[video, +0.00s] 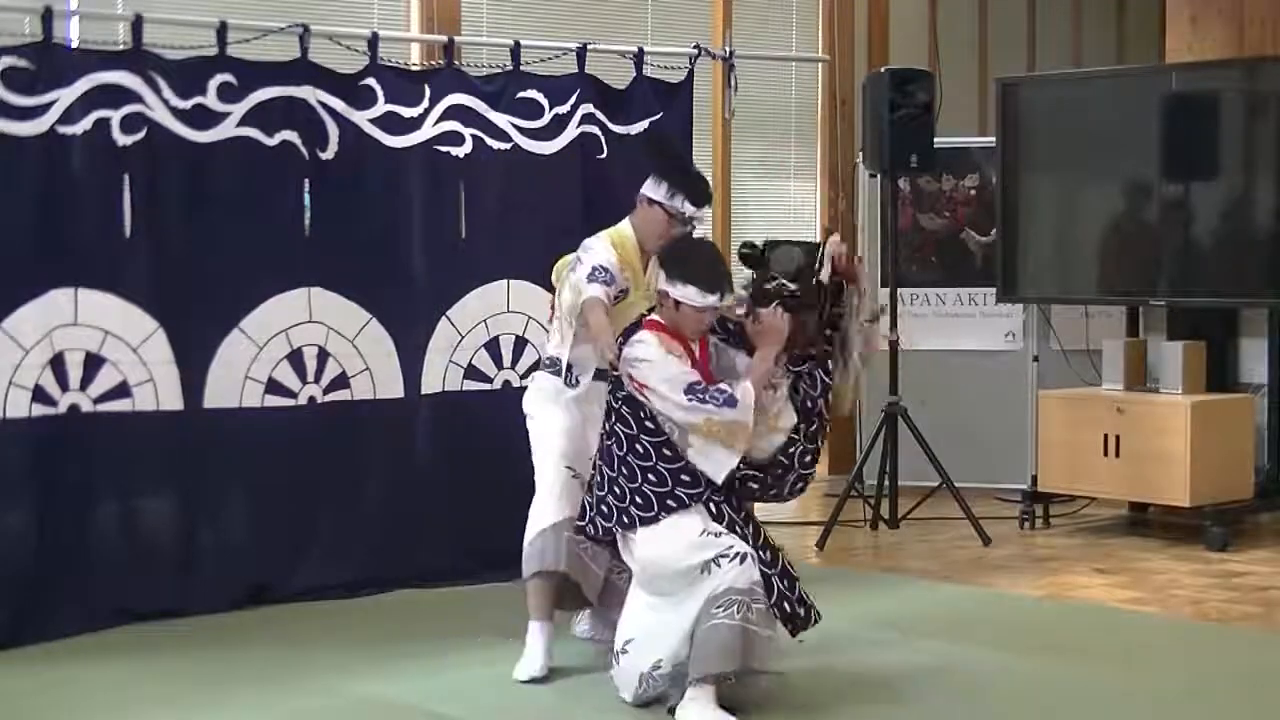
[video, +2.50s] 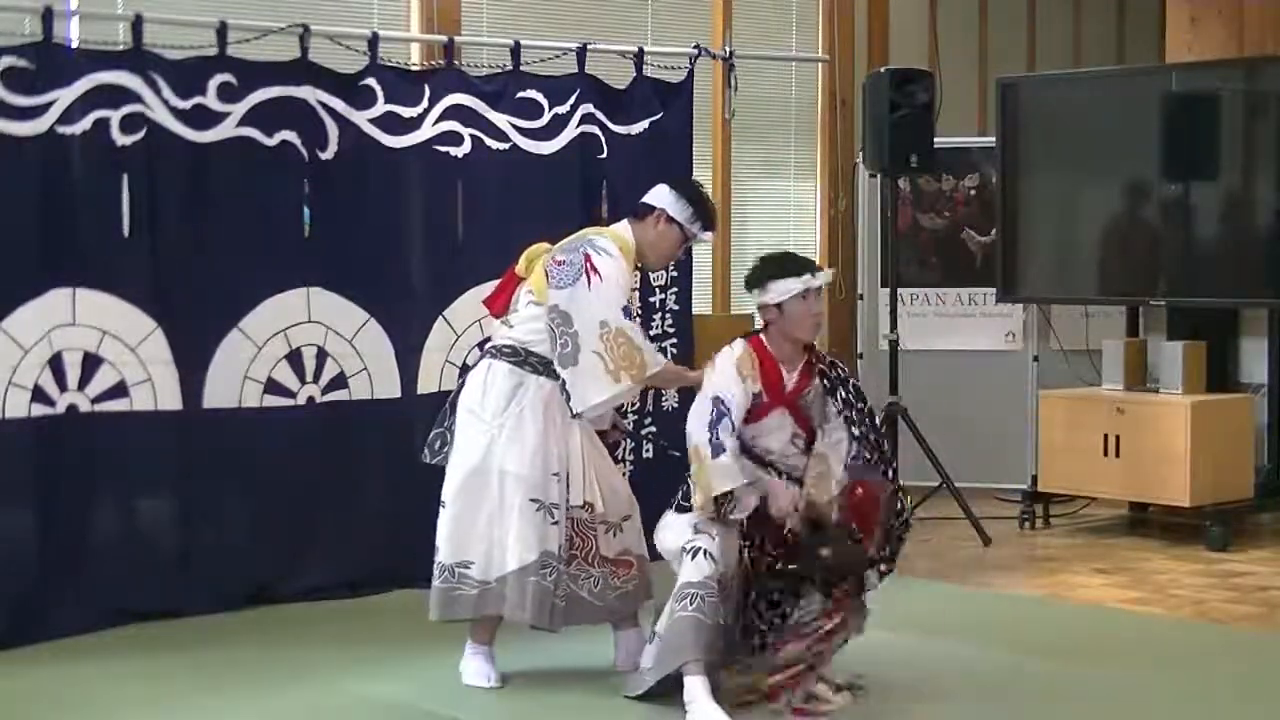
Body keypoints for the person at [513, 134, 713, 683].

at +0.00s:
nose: (681, 232)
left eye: (688, 222)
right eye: (676, 218)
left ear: (680, 220)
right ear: (645, 206)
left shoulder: (664, 263)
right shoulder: (603, 250)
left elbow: (689, 322)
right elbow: (593, 308)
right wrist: (618, 359)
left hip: (619, 393)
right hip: (564, 389)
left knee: (631, 502)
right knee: (557, 496)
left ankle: (602, 616)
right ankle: (537, 635)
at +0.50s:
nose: (666, 252)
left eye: (671, 243)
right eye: (661, 239)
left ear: (655, 234)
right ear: (632, 222)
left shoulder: (649, 277)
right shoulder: (577, 270)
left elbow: (651, 348)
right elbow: (560, 350)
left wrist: (651, 376)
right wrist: (624, 369)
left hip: (613, 412)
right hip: (556, 415)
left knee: (617, 513)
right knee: (561, 524)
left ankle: (596, 614)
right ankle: (540, 652)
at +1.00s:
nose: (647, 251)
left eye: (653, 242)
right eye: (643, 238)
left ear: (632, 231)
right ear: (614, 221)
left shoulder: (625, 274)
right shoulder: (562, 269)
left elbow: (629, 356)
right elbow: (577, 365)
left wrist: (654, 383)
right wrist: (656, 384)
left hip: (597, 414)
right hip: (543, 419)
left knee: (618, 518)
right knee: (568, 530)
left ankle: (600, 621)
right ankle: (541, 651)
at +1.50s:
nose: (666, 235)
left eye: (673, 226)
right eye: (668, 222)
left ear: (642, 202)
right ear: (642, 200)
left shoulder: (614, 249)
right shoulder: (577, 246)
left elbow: (598, 348)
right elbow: (583, 353)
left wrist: (625, 391)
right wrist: (663, 382)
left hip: (574, 404)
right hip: (533, 403)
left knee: (618, 507)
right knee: (551, 519)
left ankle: (630, 640)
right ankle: (539, 658)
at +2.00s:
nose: (688, 254)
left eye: (695, 244)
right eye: (691, 240)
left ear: (666, 220)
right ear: (667, 219)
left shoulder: (618, 262)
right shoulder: (598, 258)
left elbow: (600, 358)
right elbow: (613, 359)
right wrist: (695, 384)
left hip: (558, 399)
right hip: (513, 391)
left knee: (615, 508)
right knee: (498, 513)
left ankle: (630, 648)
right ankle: (479, 649)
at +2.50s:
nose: (682, 254)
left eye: (688, 246)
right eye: (684, 241)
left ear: (659, 222)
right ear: (658, 220)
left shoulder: (608, 258)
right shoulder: (600, 258)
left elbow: (581, 352)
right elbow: (622, 355)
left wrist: (598, 411)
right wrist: (695, 379)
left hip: (546, 396)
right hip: (512, 391)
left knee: (615, 509)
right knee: (506, 515)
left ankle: (631, 647)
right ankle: (478, 650)